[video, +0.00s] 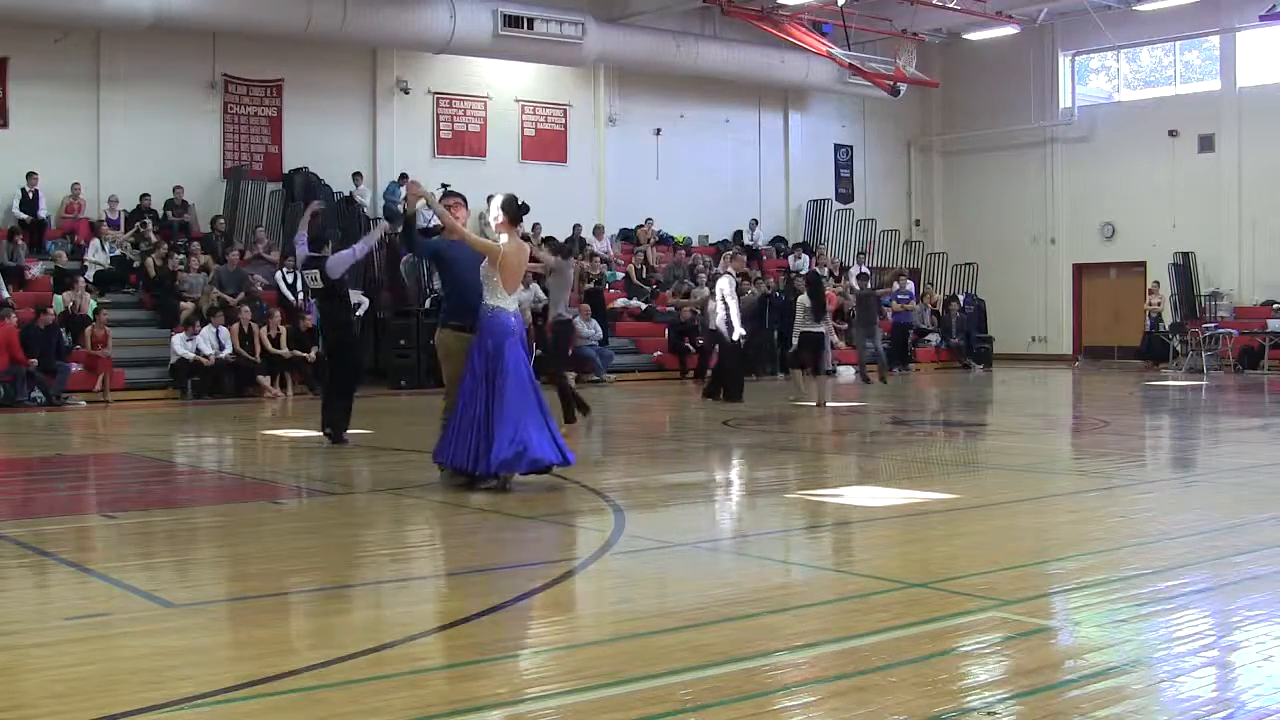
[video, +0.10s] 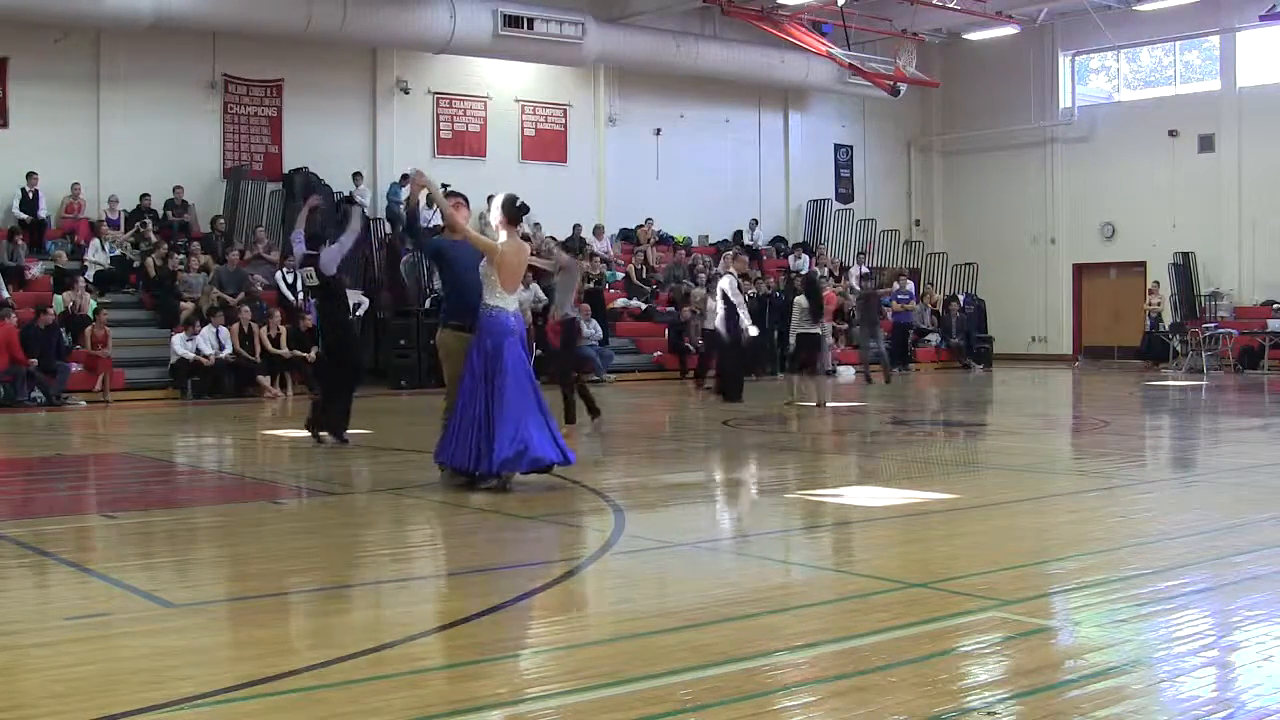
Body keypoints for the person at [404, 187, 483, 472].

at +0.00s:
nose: (452, 211)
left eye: (456, 206)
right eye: (447, 208)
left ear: (468, 212)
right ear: (440, 215)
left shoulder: (483, 245)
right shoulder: (439, 245)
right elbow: (411, 243)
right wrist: (411, 206)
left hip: (484, 331)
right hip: (454, 331)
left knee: (484, 396)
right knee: (456, 397)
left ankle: (483, 459)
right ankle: (451, 458)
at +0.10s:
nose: (457, 209)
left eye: (462, 205)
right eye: (452, 205)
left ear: (470, 214)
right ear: (442, 213)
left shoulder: (483, 244)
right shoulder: (439, 244)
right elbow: (414, 231)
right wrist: (414, 195)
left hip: (485, 330)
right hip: (455, 330)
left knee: (486, 397)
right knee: (456, 397)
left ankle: (484, 461)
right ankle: (450, 458)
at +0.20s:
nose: (458, 210)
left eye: (462, 205)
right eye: (452, 207)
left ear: (470, 211)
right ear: (444, 213)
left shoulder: (483, 244)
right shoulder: (441, 243)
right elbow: (420, 233)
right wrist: (417, 194)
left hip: (484, 331)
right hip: (456, 332)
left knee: (483, 397)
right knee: (459, 398)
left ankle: (481, 458)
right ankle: (455, 458)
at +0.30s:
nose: (458, 210)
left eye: (462, 205)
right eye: (453, 206)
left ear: (470, 211)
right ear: (445, 213)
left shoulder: (483, 244)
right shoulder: (442, 242)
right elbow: (420, 230)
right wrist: (421, 190)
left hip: (485, 329)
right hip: (457, 329)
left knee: (485, 394)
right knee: (458, 396)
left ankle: (483, 457)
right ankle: (454, 457)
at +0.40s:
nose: (458, 212)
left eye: (461, 207)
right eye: (455, 207)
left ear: (469, 213)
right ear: (450, 215)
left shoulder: (485, 245)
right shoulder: (445, 245)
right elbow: (422, 231)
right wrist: (423, 193)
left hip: (477, 328)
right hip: (460, 328)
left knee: (467, 394)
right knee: (461, 394)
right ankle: (454, 455)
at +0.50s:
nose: (459, 209)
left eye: (465, 205)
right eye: (454, 205)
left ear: (474, 212)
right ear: (447, 214)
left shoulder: (487, 245)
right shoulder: (446, 245)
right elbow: (420, 229)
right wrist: (424, 194)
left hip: (489, 329)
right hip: (459, 328)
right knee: (460, 399)